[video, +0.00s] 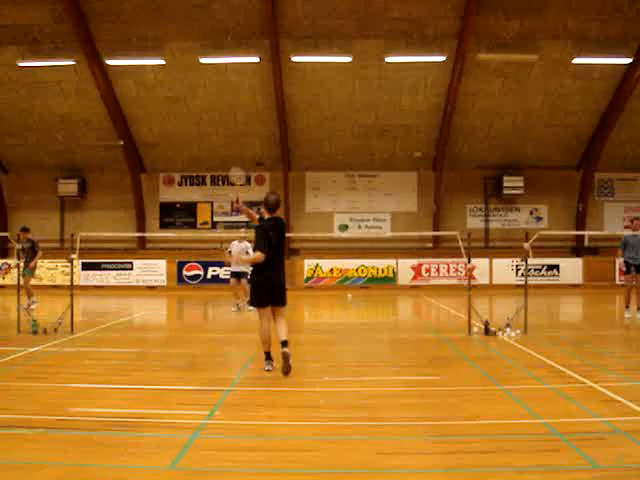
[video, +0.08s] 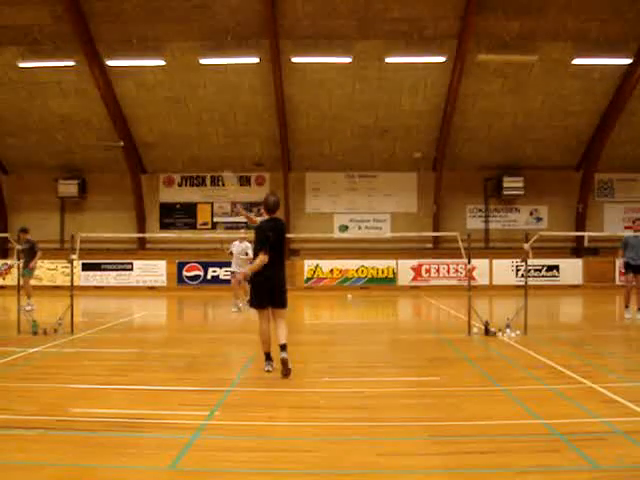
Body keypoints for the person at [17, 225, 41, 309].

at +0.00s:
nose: (22, 236)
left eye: (23, 234)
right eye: (21, 234)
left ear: (27, 233)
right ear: (21, 234)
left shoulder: (33, 242)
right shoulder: (23, 242)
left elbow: (39, 252)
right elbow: (18, 246)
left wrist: (33, 262)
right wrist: (11, 239)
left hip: (31, 263)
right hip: (25, 262)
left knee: (26, 282)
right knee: (25, 283)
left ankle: (33, 299)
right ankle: (29, 300)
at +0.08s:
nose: (21, 237)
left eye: (22, 235)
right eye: (20, 235)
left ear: (26, 234)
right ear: (20, 235)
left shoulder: (32, 243)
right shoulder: (23, 244)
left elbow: (39, 252)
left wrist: (33, 262)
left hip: (30, 264)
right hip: (25, 264)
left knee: (26, 283)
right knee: (25, 283)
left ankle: (30, 302)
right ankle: (28, 302)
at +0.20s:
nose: (20, 238)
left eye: (21, 236)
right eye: (19, 236)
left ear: (25, 235)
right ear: (18, 236)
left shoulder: (28, 244)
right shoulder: (20, 244)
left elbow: (37, 253)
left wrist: (31, 263)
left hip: (27, 265)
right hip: (21, 265)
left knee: (25, 284)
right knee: (24, 284)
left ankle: (28, 302)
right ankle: (29, 302)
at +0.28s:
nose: (20, 238)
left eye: (21, 236)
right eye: (18, 236)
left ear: (24, 235)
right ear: (18, 236)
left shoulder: (29, 244)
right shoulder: (19, 245)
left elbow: (36, 254)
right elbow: (18, 257)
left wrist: (31, 263)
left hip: (27, 265)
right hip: (21, 265)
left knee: (24, 284)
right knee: (24, 284)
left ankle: (21, 302)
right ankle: (30, 302)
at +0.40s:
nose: (17, 238)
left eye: (19, 236)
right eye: (16, 236)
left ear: (22, 235)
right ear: (15, 236)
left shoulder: (26, 244)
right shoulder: (17, 245)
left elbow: (34, 253)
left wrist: (28, 263)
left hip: (25, 265)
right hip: (19, 265)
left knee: (22, 284)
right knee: (22, 284)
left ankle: (21, 303)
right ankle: (29, 301)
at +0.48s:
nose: (18, 238)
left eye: (19, 236)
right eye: (17, 236)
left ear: (22, 236)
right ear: (16, 237)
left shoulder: (25, 245)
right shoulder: (17, 246)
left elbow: (32, 254)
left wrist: (26, 263)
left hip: (24, 266)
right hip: (19, 265)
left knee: (21, 284)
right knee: (20, 284)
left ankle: (20, 305)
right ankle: (27, 301)